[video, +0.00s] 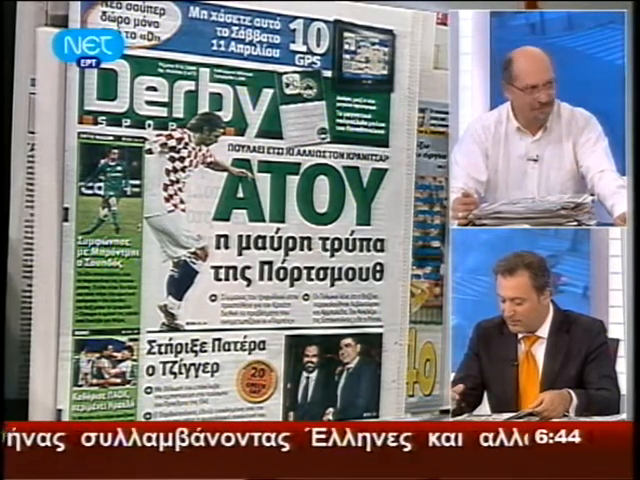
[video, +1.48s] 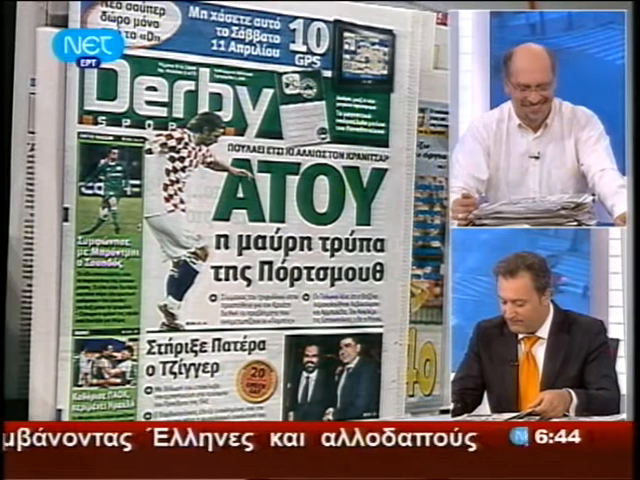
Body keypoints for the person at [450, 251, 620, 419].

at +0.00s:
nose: (508, 312)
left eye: (518, 302)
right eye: (503, 301)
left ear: (545, 296)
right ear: (498, 297)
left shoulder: (588, 332)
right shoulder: (486, 334)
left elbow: (610, 402)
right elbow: (465, 399)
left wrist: (569, 400)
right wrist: (452, 399)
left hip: (569, 452)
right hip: (505, 450)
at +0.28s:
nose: (508, 312)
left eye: (518, 303)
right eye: (503, 302)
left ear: (545, 297)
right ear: (498, 297)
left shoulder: (588, 333)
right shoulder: (487, 334)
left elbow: (610, 402)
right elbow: (464, 399)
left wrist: (569, 400)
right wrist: (452, 399)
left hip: (569, 452)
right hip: (505, 450)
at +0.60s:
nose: (509, 312)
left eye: (519, 302)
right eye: (503, 301)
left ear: (546, 296)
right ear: (498, 297)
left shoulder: (588, 333)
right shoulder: (487, 334)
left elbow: (610, 402)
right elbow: (464, 401)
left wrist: (569, 400)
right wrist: (455, 398)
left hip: (569, 452)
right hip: (505, 450)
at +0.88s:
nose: (509, 313)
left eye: (519, 304)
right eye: (504, 302)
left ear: (546, 297)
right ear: (499, 298)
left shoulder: (588, 333)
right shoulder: (487, 334)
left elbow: (610, 402)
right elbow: (464, 404)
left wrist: (569, 400)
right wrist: (457, 397)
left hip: (569, 452)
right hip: (505, 450)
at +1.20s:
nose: (509, 313)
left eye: (519, 304)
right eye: (504, 302)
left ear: (546, 297)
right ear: (499, 298)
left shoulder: (588, 333)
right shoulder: (487, 334)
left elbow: (610, 402)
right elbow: (461, 400)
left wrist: (569, 400)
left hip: (570, 453)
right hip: (506, 451)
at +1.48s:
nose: (509, 313)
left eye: (519, 304)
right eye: (504, 302)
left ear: (546, 297)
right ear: (498, 298)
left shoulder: (588, 333)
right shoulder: (487, 334)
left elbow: (610, 402)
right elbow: (461, 400)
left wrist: (569, 400)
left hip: (569, 451)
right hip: (505, 450)